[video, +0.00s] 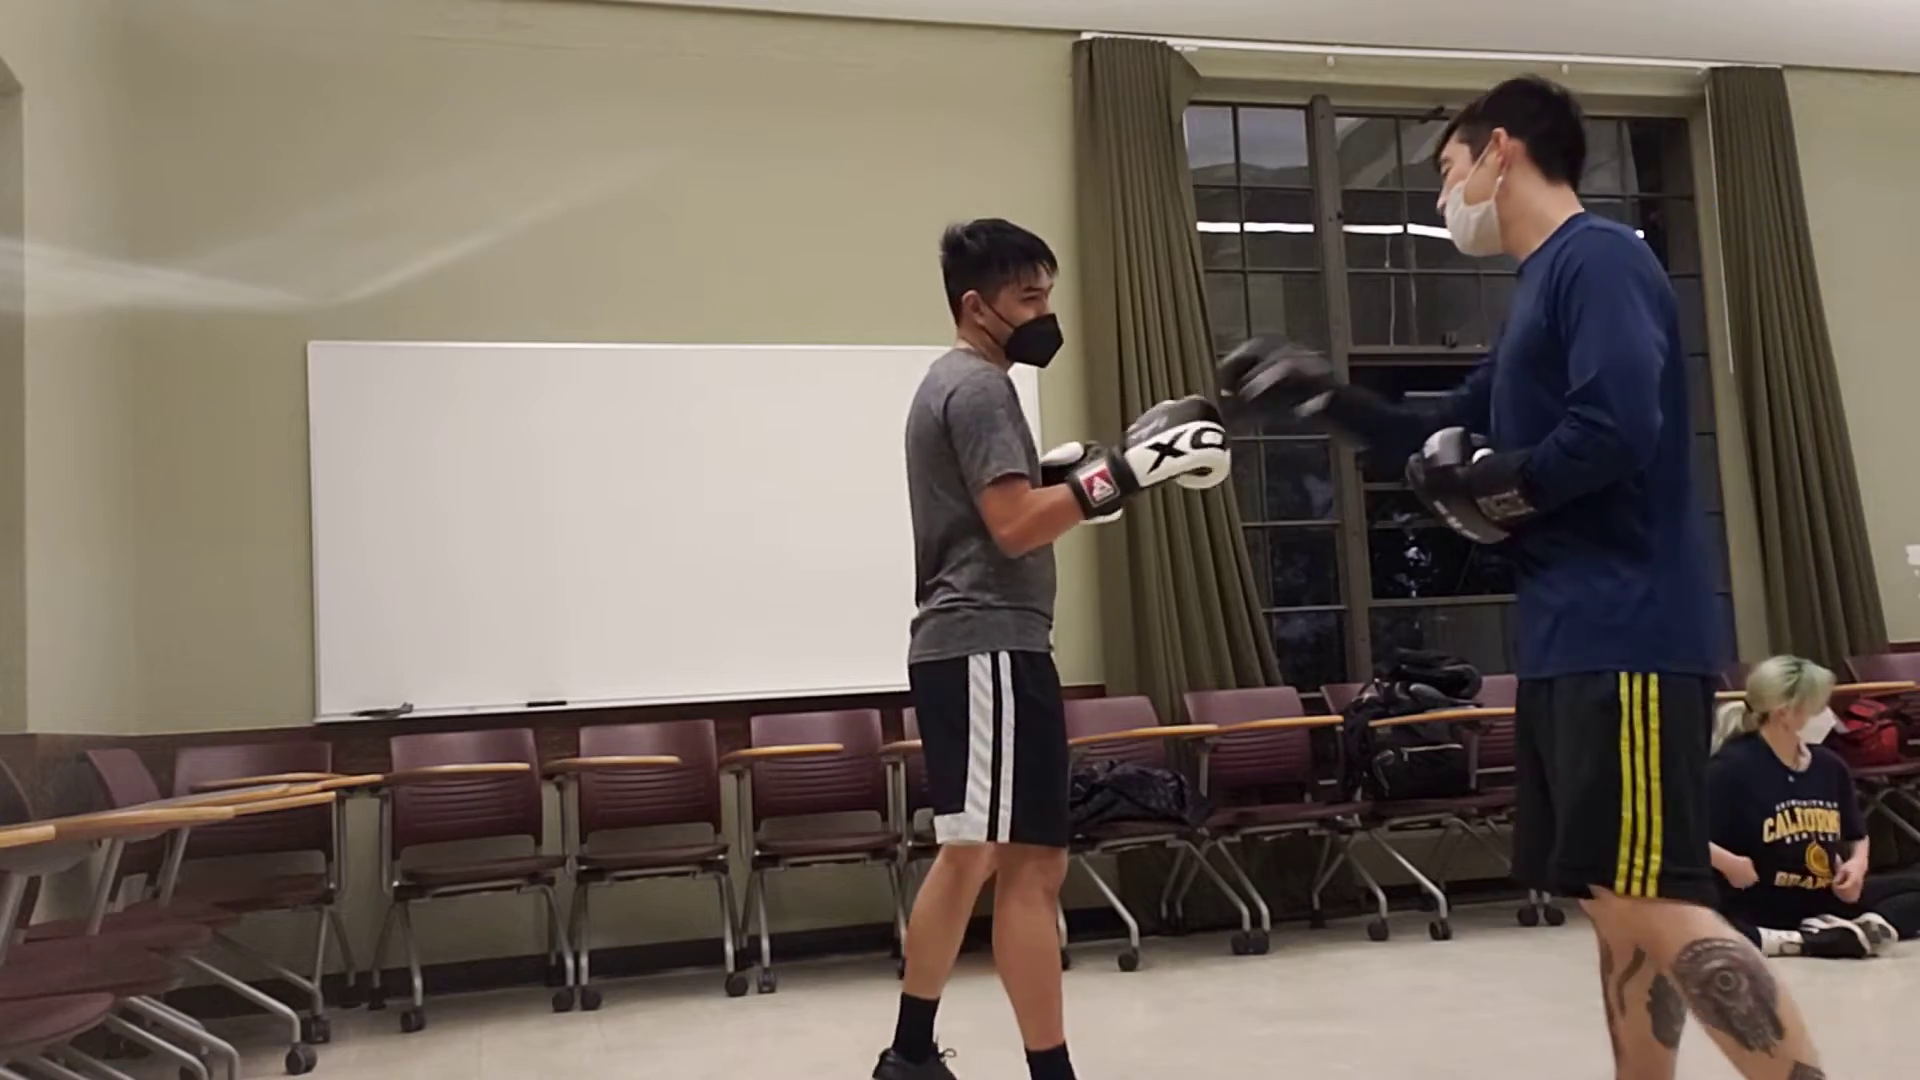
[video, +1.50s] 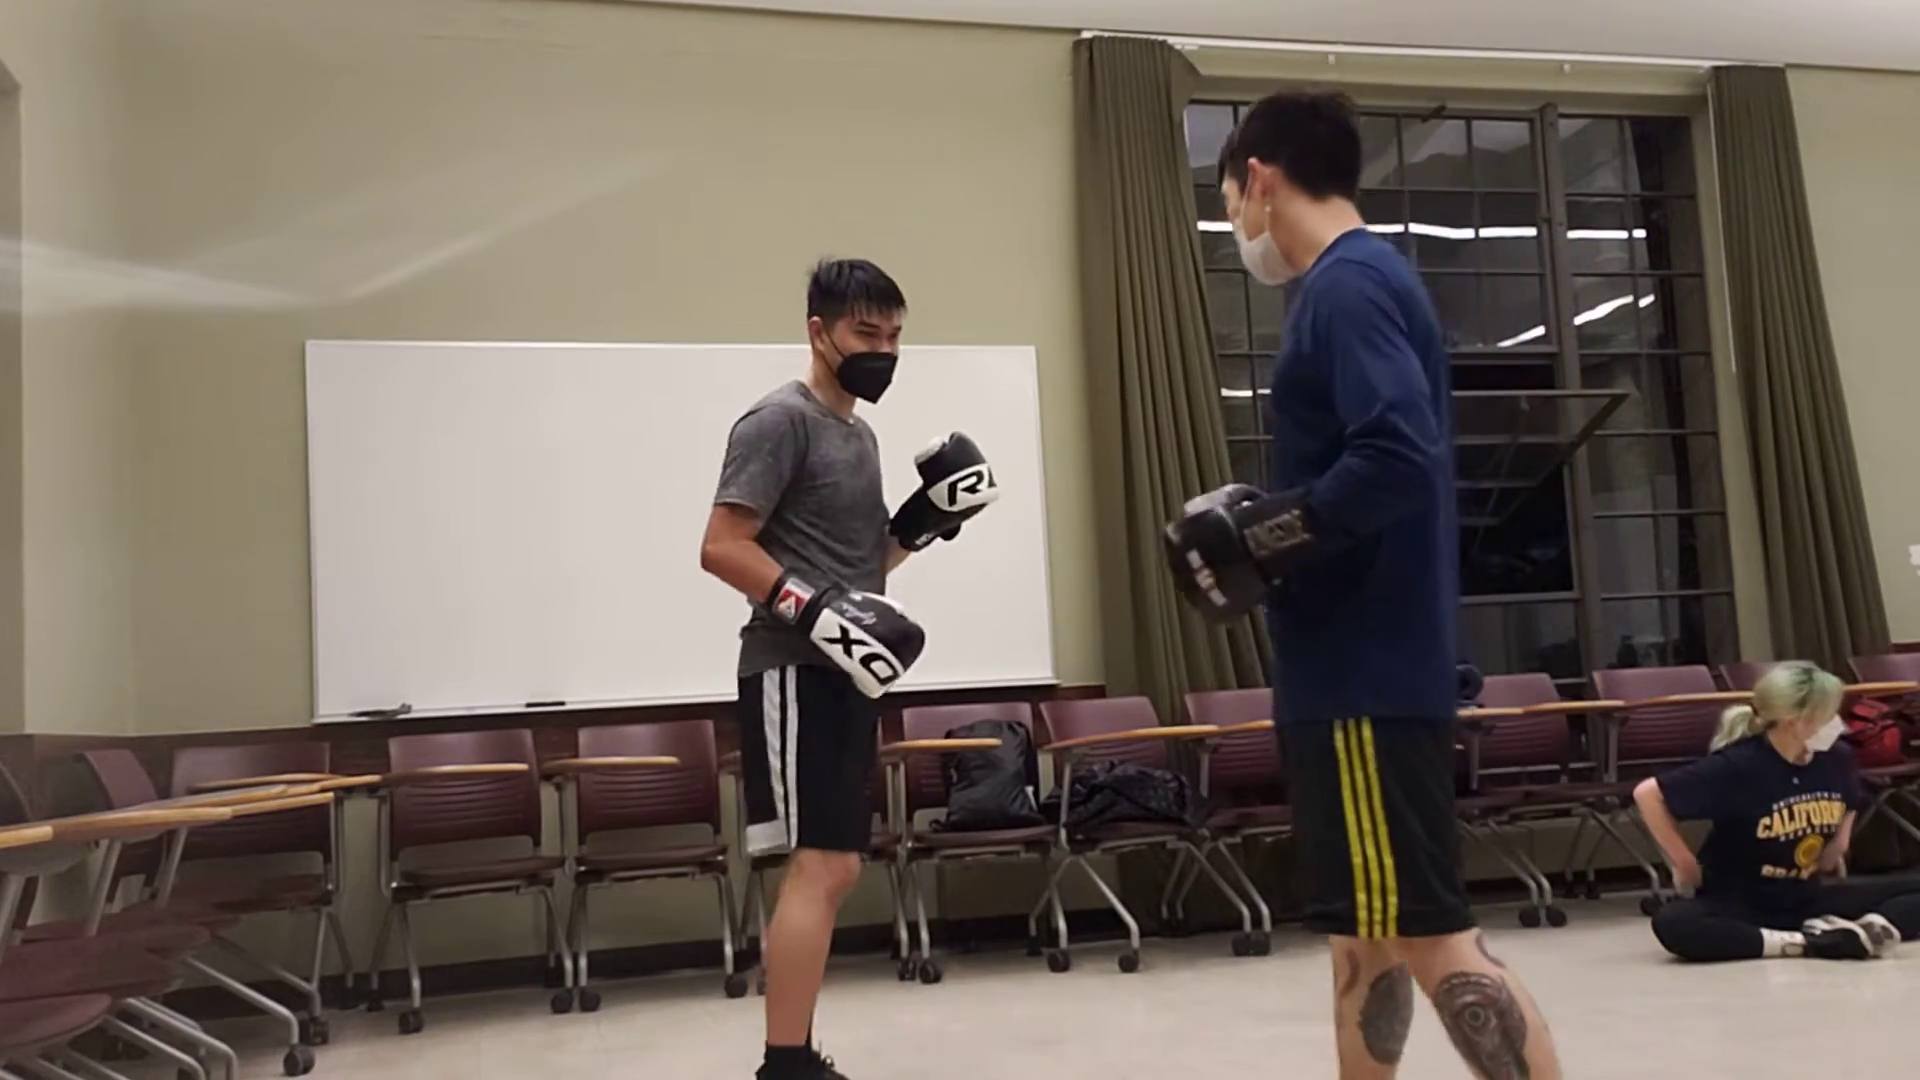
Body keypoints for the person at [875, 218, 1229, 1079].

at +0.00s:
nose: (1044, 309)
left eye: (1046, 292)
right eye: (1028, 293)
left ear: (978, 305)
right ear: (974, 301)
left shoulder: (950, 384)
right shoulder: (979, 387)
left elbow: (989, 515)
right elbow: (1017, 526)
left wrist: (1076, 474)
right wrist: (1119, 475)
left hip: (959, 647)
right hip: (995, 650)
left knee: (965, 855)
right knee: (1033, 866)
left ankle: (909, 1051)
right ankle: (1054, 1074)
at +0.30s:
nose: (999, 335)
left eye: (1003, 318)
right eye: (981, 321)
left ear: (1001, 315)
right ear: (929, 328)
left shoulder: (944, 414)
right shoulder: (913, 412)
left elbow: (952, 539)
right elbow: (931, 544)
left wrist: (1030, 504)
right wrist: (1037, 512)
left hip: (941, 667)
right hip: (925, 669)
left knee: (917, 864)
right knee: (992, 870)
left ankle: (882, 1059)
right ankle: (1045, 1071)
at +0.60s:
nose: (950, 334)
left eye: (956, 318)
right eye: (931, 319)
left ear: (957, 319)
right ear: (882, 323)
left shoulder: (906, 414)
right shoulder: (856, 416)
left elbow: (883, 535)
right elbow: (807, 551)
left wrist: (947, 554)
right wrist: (914, 589)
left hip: (897, 658)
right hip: (862, 662)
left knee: (903, 862)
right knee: (908, 863)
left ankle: (878, 1052)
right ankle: (873, 1056)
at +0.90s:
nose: (919, 344)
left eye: (926, 324)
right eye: (900, 326)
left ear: (928, 317)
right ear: (848, 320)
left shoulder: (866, 414)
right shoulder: (811, 410)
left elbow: (846, 550)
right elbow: (798, 556)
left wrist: (933, 557)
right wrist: (918, 564)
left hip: (853, 673)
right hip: (797, 672)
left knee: (866, 864)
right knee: (790, 878)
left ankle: (876, 1056)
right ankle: (770, 1075)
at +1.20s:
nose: (882, 331)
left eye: (891, 316)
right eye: (863, 314)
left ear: (897, 317)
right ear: (814, 314)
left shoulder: (853, 423)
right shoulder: (777, 406)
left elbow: (842, 543)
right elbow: (753, 543)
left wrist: (919, 506)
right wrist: (871, 554)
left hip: (839, 671)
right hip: (782, 669)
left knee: (835, 863)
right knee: (786, 874)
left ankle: (800, 1049)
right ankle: (769, 1070)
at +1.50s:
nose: (880, 349)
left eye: (891, 335)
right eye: (863, 332)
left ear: (898, 337)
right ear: (818, 329)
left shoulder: (857, 436)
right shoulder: (778, 422)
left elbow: (859, 566)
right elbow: (723, 547)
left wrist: (923, 516)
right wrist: (816, 612)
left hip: (838, 668)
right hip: (794, 667)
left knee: (829, 867)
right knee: (823, 867)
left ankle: (794, 1054)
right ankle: (787, 1060)